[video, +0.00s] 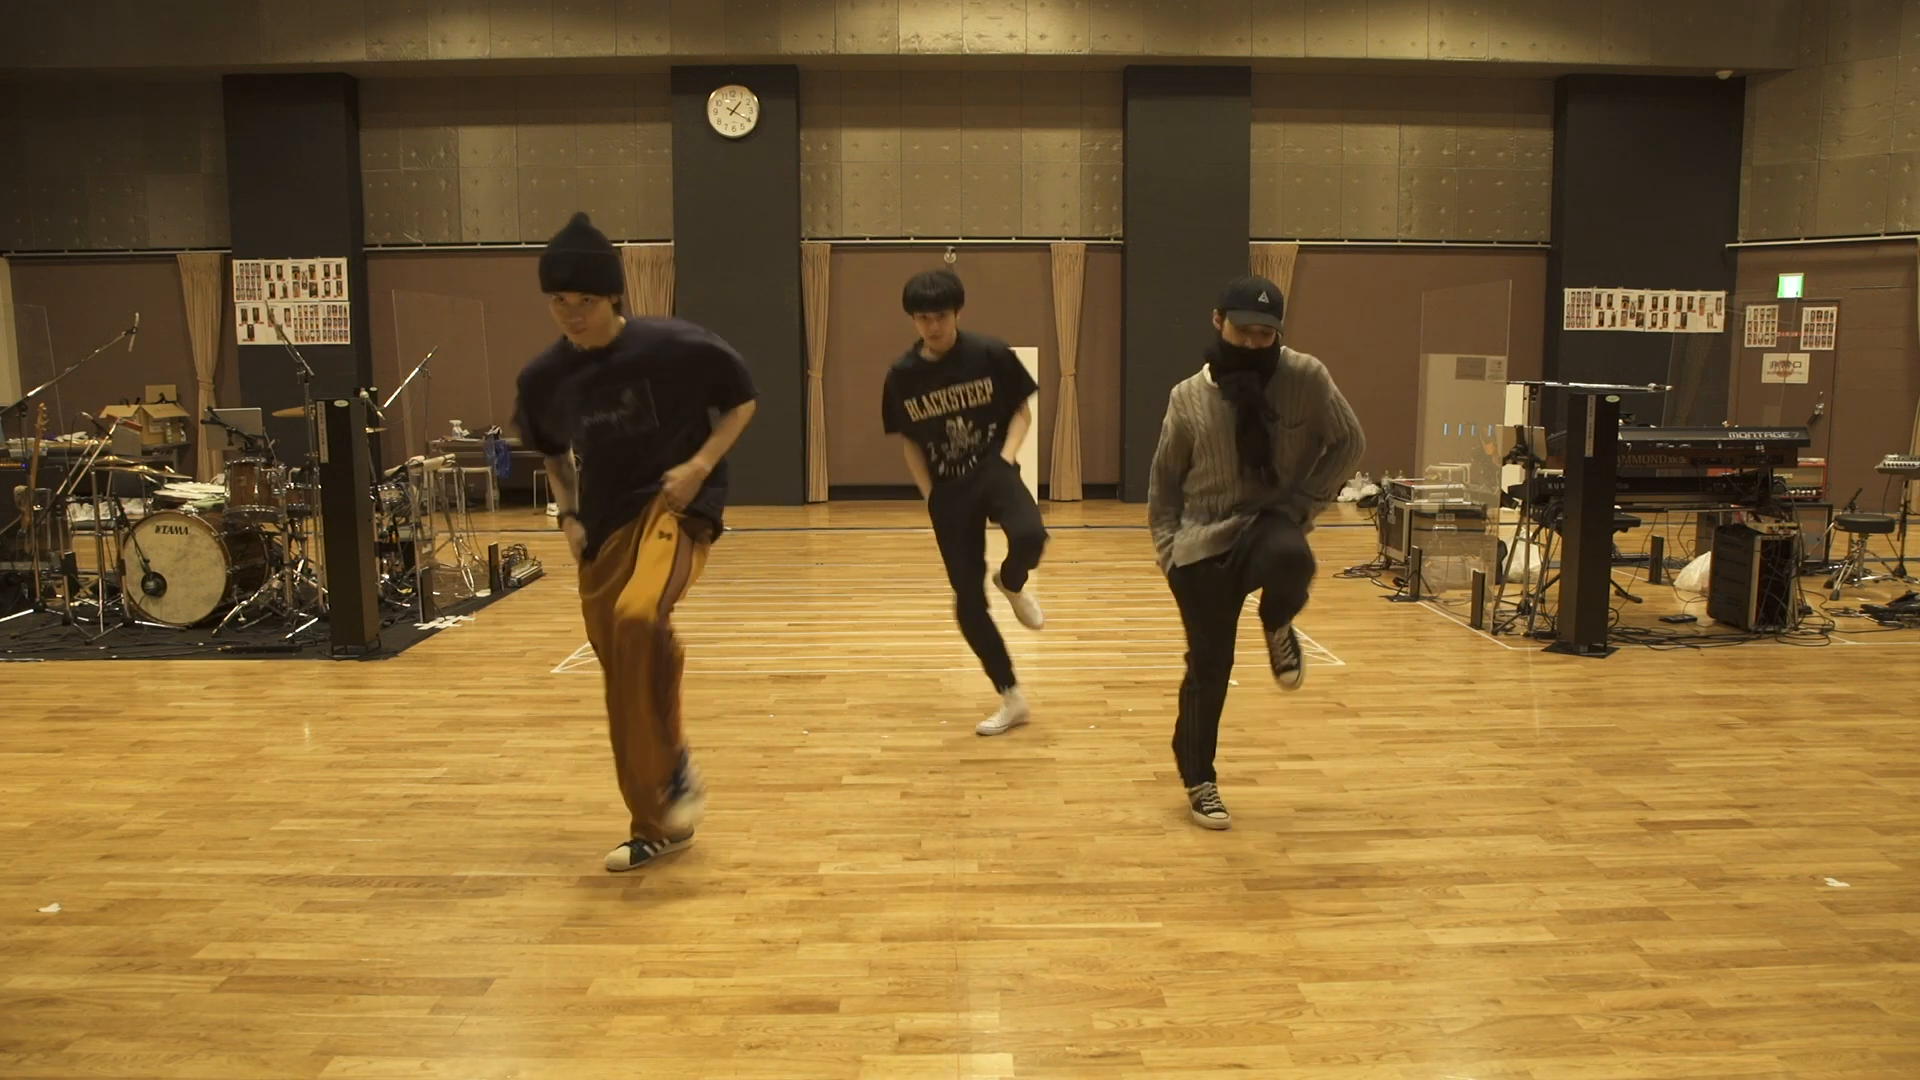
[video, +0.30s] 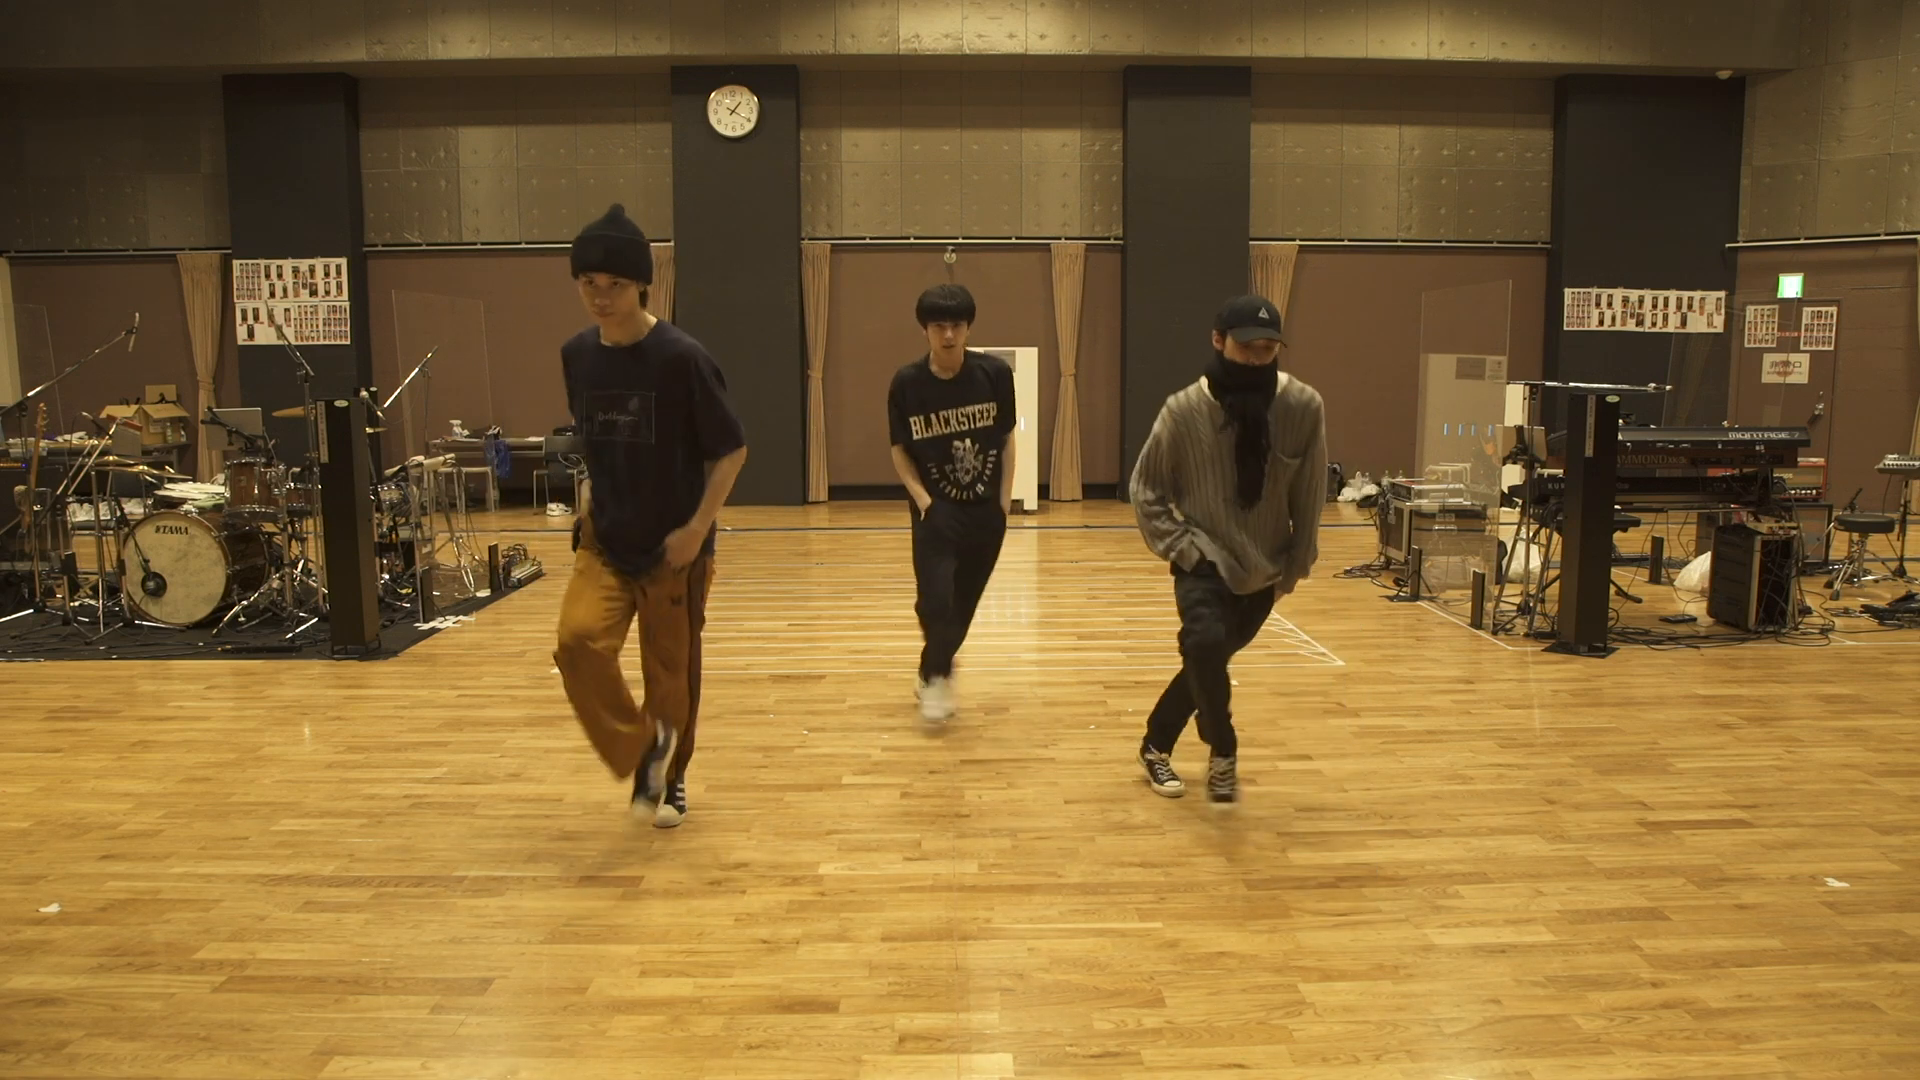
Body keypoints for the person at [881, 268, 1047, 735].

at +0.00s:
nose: (933, 327)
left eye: (941, 317)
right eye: (924, 319)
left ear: (958, 314)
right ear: (913, 320)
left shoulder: (991, 354)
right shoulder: (902, 376)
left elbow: (1021, 411)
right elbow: (909, 440)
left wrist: (1007, 457)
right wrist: (929, 492)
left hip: (996, 472)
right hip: (947, 490)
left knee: (1032, 536)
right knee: (968, 600)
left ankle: (1010, 584)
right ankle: (1011, 696)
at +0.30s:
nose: (948, 335)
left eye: (956, 326)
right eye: (939, 327)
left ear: (968, 328)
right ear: (924, 330)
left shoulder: (996, 374)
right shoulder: (907, 383)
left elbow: (1007, 439)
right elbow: (898, 449)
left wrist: (1003, 501)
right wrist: (924, 501)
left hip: (987, 513)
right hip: (937, 513)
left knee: (965, 602)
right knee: (938, 601)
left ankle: (936, 672)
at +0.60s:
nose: (958, 343)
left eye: (966, 334)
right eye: (949, 334)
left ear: (977, 340)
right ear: (933, 339)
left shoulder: (998, 386)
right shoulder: (914, 402)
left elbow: (1011, 449)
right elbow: (905, 471)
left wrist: (1021, 507)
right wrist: (931, 526)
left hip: (1007, 522)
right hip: (954, 532)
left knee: (1060, 601)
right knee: (929, 624)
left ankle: (1027, 672)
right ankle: (885, 701)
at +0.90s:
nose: (1009, 357)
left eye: (1017, 348)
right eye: (999, 349)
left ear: (1027, 352)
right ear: (980, 352)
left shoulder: (1042, 410)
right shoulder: (953, 405)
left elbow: (1052, 474)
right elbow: (938, 470)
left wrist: (1051, 523)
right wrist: (958, 528)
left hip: (1033, 537)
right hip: (977, 541)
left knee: (1078, 617)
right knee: (939, 631)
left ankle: (1119, 707)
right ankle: (991, 684)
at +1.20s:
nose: (938, 358)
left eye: (946, 348)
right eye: (929, 348)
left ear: (960, 348)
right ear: (915, 348)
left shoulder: (965, 405)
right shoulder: (905, 381)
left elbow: (974, 477)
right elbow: (888, 447)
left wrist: (947, 530)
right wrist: (870, 497)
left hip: (934, 533)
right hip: (884, 524)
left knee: (997, 613)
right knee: (836, 611)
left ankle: (1070, 695)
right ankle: (805, 707)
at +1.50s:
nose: (844, 344)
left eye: (853, 335)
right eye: (837, 335)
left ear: (871, 334)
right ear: (826, 334)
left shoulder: (880, 390)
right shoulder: (829, 373)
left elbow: (895, 461)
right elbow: (816, 435)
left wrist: (860, 516)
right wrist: (787, 472)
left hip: (841, 519)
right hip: (794, 508)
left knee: (887, 606)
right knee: (783, 607)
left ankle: (953, 690)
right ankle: (801, 704)